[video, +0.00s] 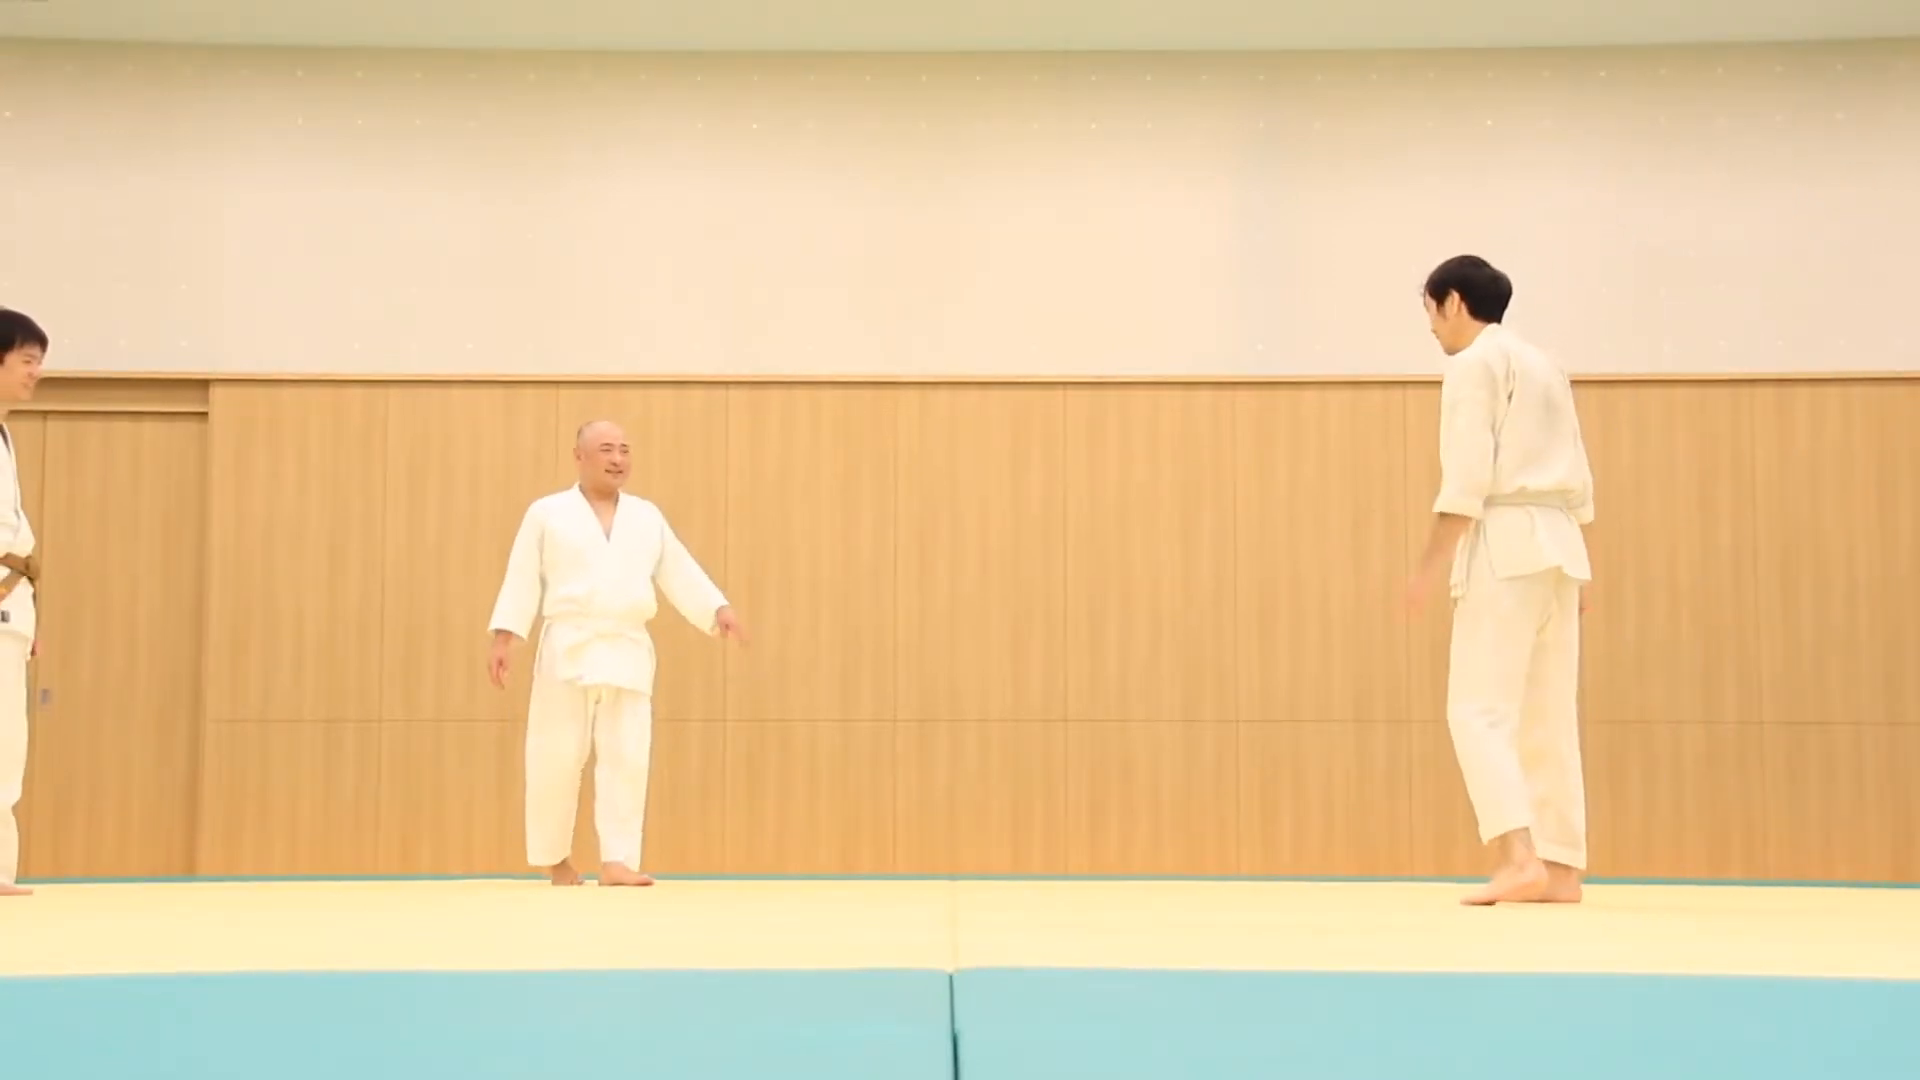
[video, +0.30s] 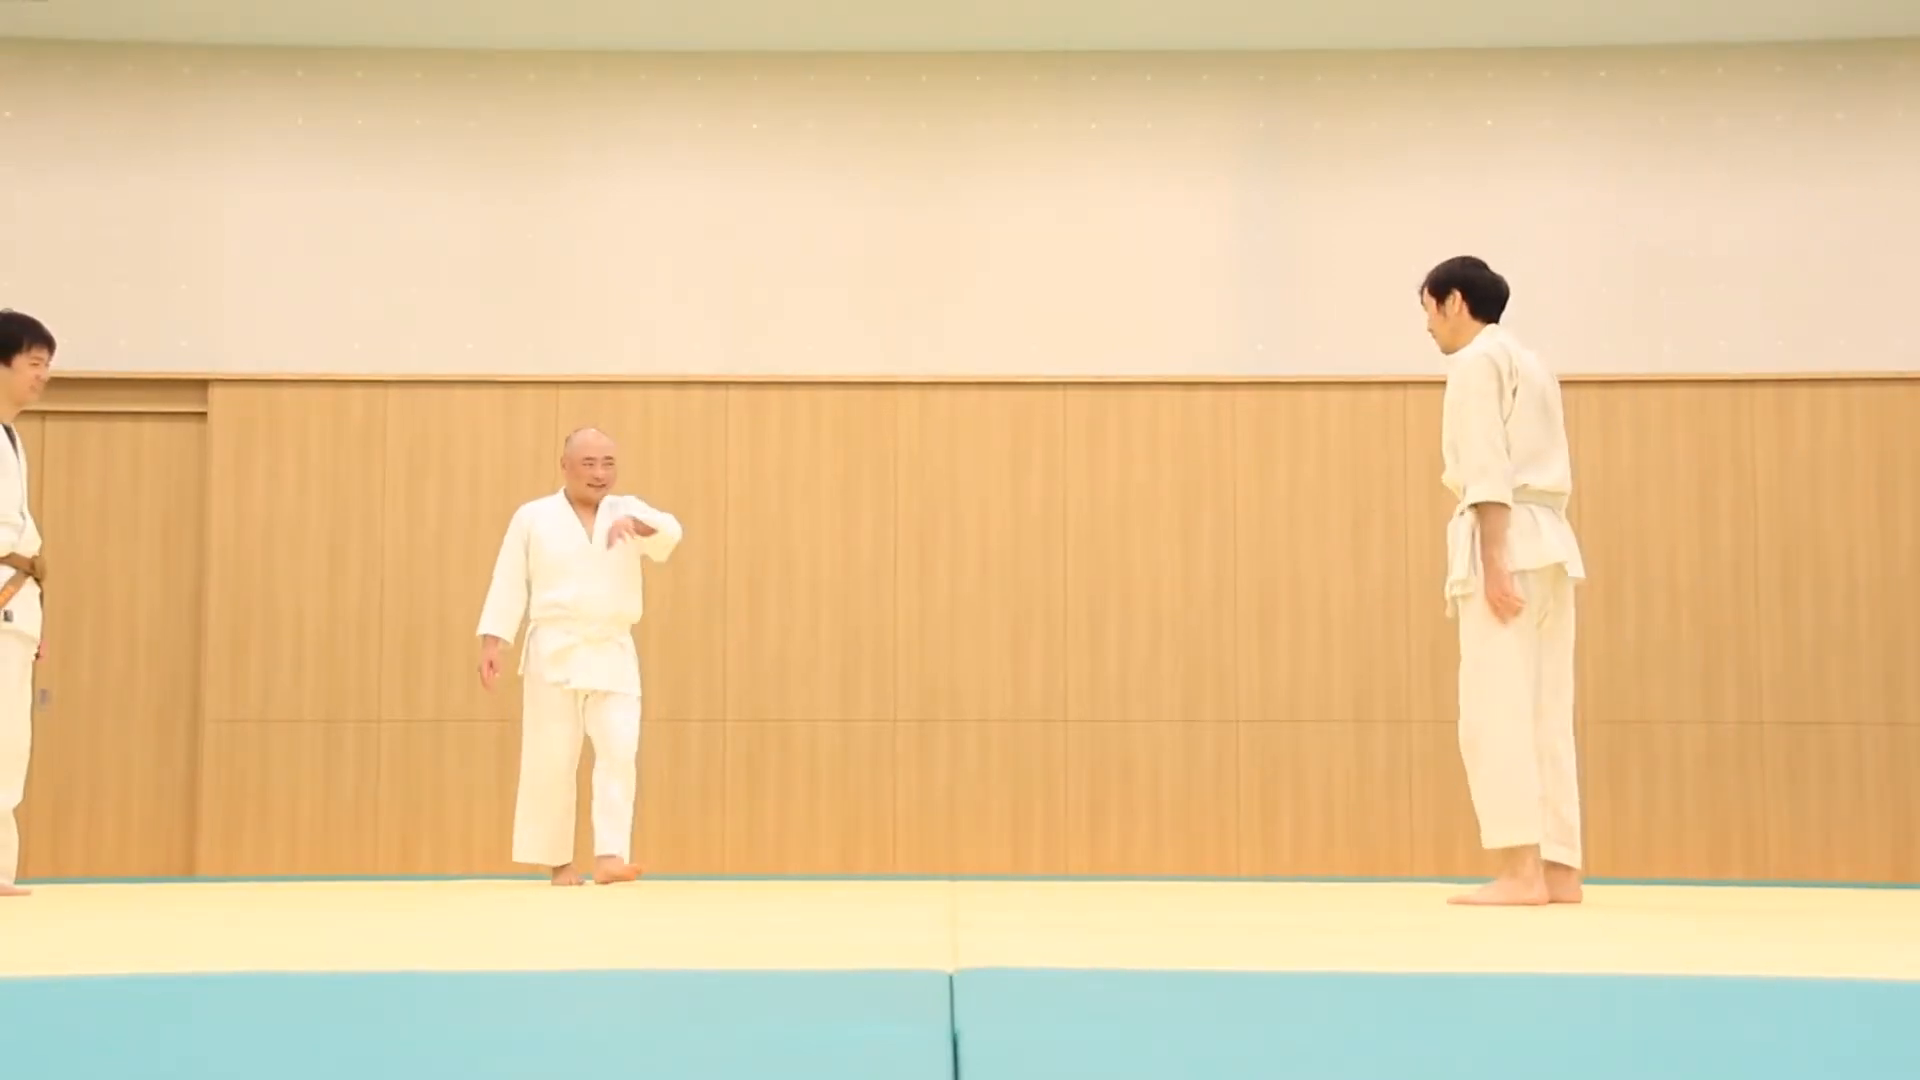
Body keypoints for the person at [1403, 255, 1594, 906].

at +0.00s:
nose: (1430, 325)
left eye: (1432, 310)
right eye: (1428, 312)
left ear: (1455, 303)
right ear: (1489, 304)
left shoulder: (1472, 363)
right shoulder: (1544, 363)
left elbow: (1467, 478)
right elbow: (1573, 475)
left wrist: (1429, 565)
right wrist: (1580, 565)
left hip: (1505, 547)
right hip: (1559, 547)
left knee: (1476, 707)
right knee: (1550, 710)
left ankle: (1517, 858)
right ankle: (1562, 872)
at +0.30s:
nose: (1428, 325)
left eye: (1430, 311)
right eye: (1426, 312)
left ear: (1455, 303)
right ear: (1483, 305)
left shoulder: (1473, 362)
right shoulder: (1529, 362)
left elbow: (1486, 468)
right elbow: (1547, 467)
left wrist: (1494, 562)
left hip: (1503, 547)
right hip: (1547, 544)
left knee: (1493, 709)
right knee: (1547, 707)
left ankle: (1520, 871)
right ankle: (1560, 871)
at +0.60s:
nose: (1420, 318)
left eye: (1423, 303)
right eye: (1417, 305)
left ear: (1456, 298)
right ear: (1465, 298)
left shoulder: (1489, 359)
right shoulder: (1501, 358)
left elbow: (1465, 469)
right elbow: (1479, 477)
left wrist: (1388, 518)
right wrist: (1409, 525)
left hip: (1506, 548)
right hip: (1528, 546)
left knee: (1499, 708)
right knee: (1530, 707)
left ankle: (1522, 875)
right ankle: (1556, 871)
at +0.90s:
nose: (1398, 321)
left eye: (1401, 305)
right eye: (1395, 308)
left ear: (1437, 298)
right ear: (1442, 300)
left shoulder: (1484, 356)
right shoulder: (1483, 357)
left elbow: (1488, 444)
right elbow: (1508, 461)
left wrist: (1414, 447)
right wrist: (1464, 491)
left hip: (1517, 549)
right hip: (1524, 546)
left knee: (1499, 708)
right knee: (1532, 706)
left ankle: (1521, 876)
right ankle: (1556, 867)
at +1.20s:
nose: (1394, 327)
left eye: (1397, 312)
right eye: (1390, 314)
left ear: (1432, 306)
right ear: (1436, 307)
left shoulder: (1475, 363)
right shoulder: (1480, 359)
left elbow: (1518, 469)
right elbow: (1522, 465)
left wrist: (1490, 555)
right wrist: (1492, 550)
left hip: (1525, 555)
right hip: (1535, 551)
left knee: (1513, 712)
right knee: (1540, 708)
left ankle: (1529, 872)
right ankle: (1561, 865)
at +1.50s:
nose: (1426, 322)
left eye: (1431, 307)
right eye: (1424, 309)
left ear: (1468, 303)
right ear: (1469, 304)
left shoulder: (1506, 363)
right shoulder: (1503, 362)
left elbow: (1533, 470)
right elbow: (1536, 468)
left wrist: (1498, 554)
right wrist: (1504, 551)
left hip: (1542, 555)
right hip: (1552, 554)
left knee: (1511, 707)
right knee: (1555, 707)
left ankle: (1525, 876)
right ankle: (1613, 860)